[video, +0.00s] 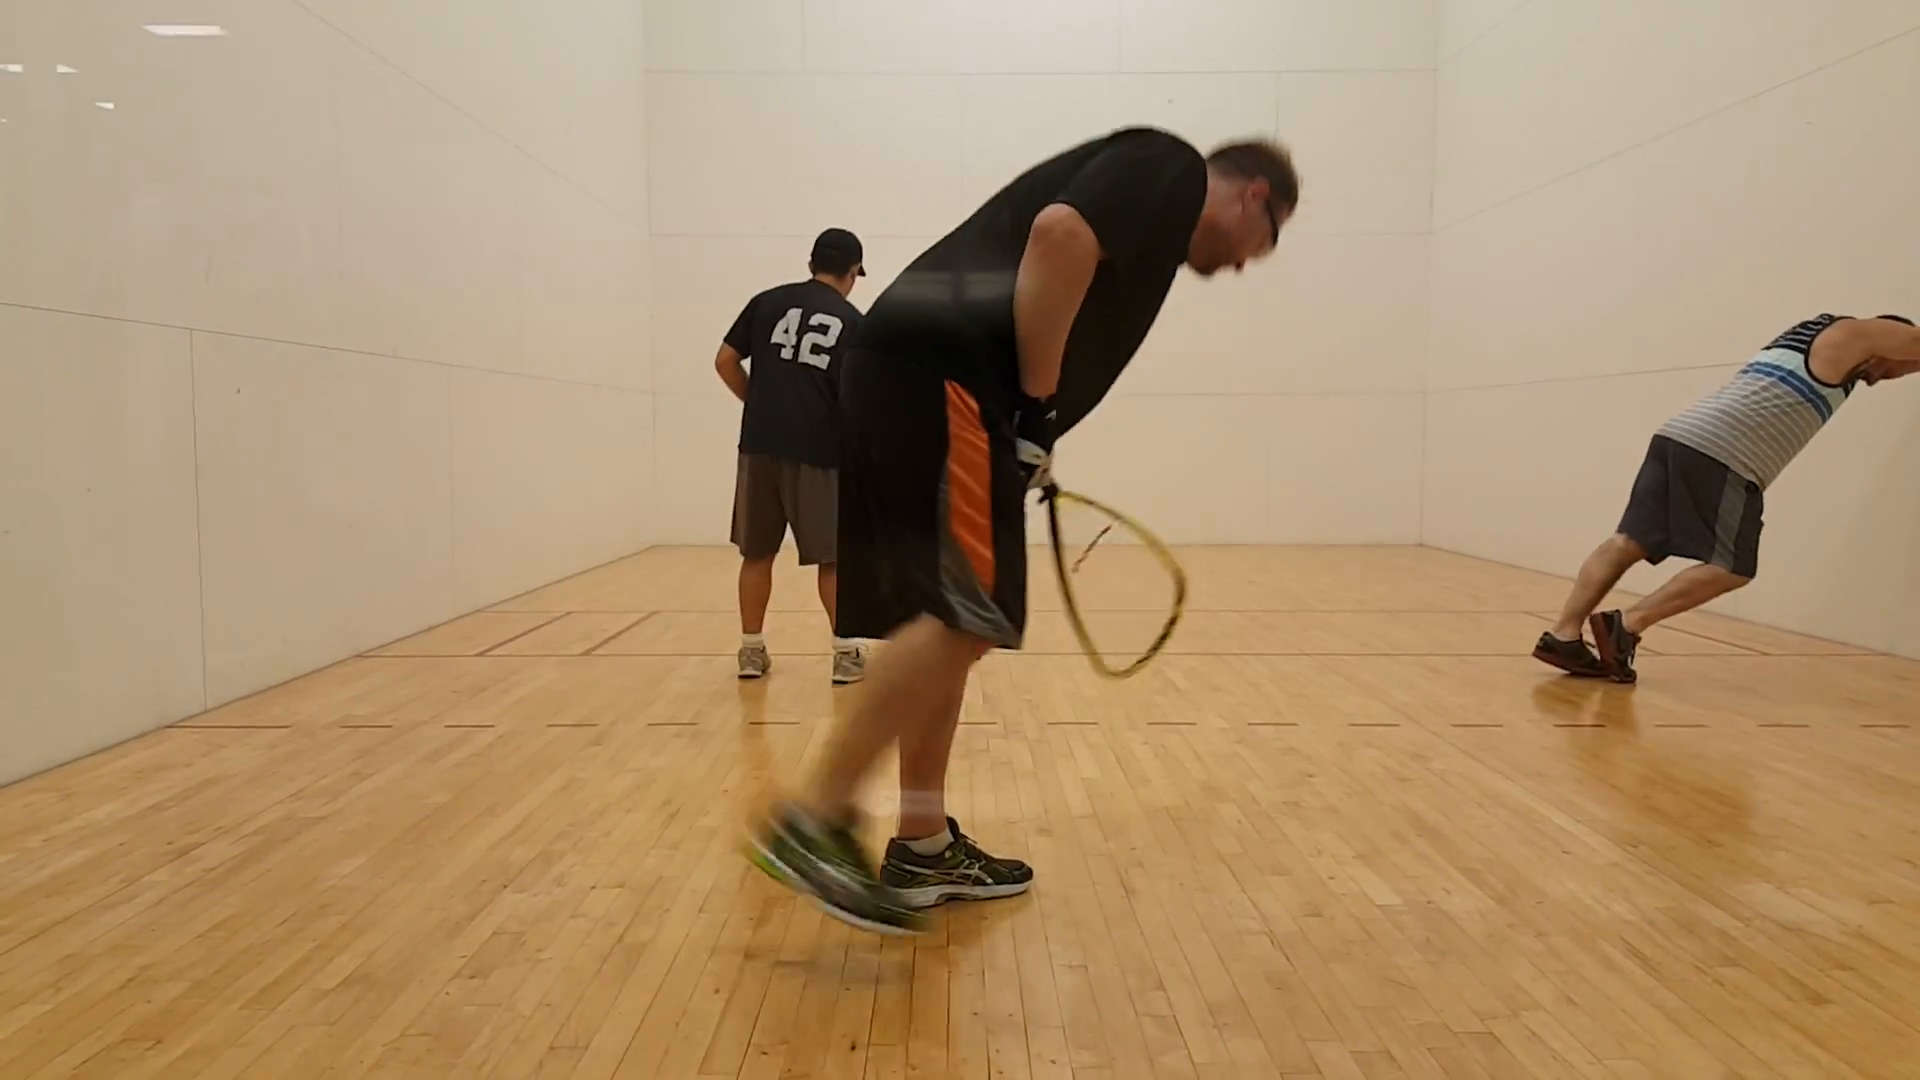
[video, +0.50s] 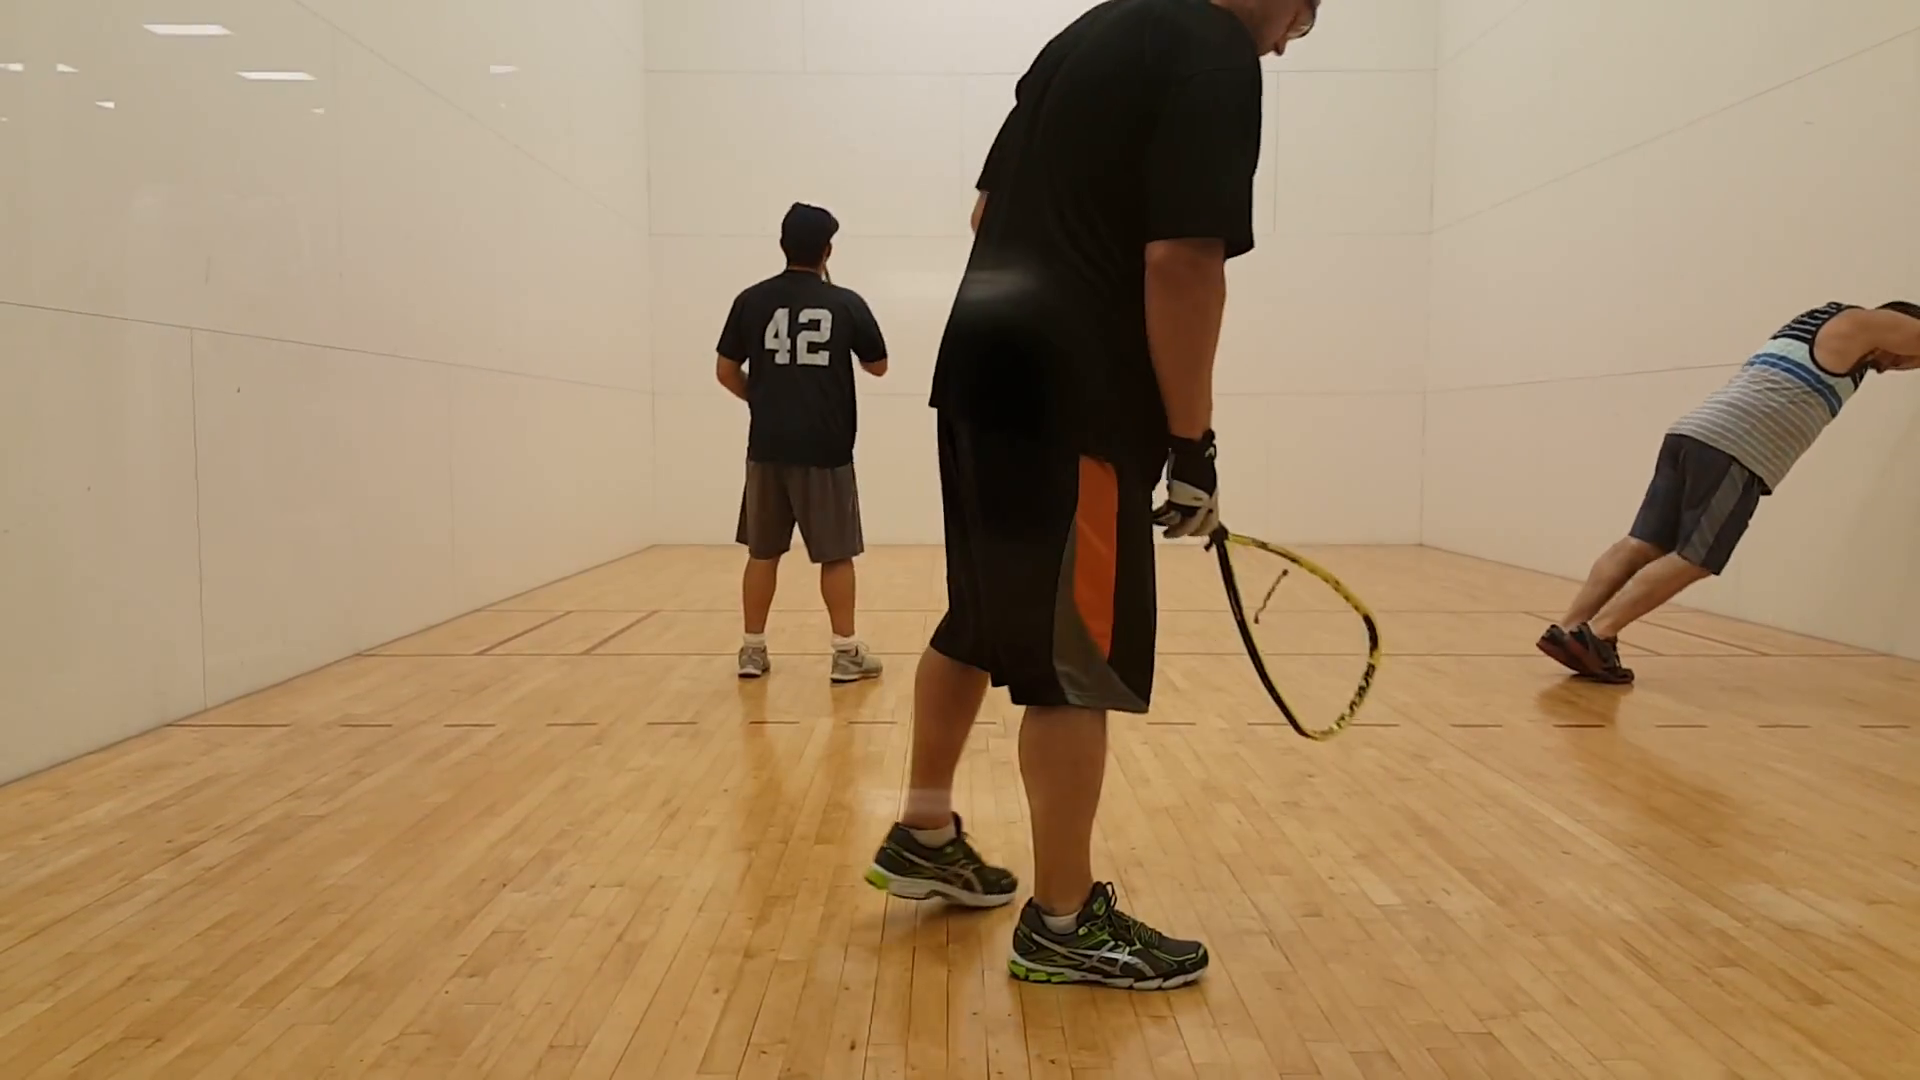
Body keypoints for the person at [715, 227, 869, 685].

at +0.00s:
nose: (856, 281)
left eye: (856, 275)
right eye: (858, 274)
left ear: (810, 264)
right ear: (853, 272)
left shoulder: (767, 302)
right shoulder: (854, 324)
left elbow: (726, 361)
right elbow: (861, 391)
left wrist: (757, 401)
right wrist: (856, 433)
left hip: (761, 442)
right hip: (820, 448)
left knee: (757, 551)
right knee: (832, 556)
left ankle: (751, 649)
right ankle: (847, 652)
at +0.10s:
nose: (851, 275)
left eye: (849, 268)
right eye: (852, 268)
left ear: (807, 259)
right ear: (847, 267)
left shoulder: (764, 299)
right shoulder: (856, 323)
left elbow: (724, 361)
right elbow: (871, 402)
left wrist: (758, 399)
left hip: (759, 445)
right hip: (819, 451)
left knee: (756, 551)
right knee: (832, 556)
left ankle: (750, 650)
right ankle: (848, 653)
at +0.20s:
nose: (845, 270)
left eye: (842, 264)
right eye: (845, 264)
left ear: (799, 255)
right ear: (840, 262)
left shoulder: (758, 298)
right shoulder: (851, 314)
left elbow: (724, 364)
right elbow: (880, 393)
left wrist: (761, 396)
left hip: (761, 446)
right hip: (819, 450)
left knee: (759, 550)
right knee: (831, 554)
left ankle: (751, 652)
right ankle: (846, 655)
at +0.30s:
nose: (839, 260)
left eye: (837, 253)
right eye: (840, 254)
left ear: (791, 250)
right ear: (835, 254)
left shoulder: (754, 298)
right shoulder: (847, 305)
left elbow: (724, 368)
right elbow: (885, 366)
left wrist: (762, 394)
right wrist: (855, 334)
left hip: (763, 448)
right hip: (823, 451)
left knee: (760, 549)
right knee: (832, 553)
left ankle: (751, 651)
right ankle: (846, 655)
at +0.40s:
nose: (833, 249)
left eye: (828, 242)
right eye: (833, 244)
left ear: (786, 246)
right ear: (830, 250)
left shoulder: (753, 300)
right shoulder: (846, 304)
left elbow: (726, 371)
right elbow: (885, 358)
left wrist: (764, 396)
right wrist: (844, 301)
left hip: (765, 446)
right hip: (824, 449)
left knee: (761, 550)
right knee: (834, 553)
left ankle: (751, 650)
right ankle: (846, 654)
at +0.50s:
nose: (833, 248)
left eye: (829, 241)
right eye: (831, 243)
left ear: (784, 246)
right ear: (826, 249)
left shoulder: (752, 300)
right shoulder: (846, 304)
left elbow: (726, 371)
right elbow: (877, 365)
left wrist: (761, 398)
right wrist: (840, 315)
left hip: (767, 446)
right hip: (825, 450)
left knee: (763, 550)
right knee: (836, 553)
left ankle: (752, 650)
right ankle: (845, 654)